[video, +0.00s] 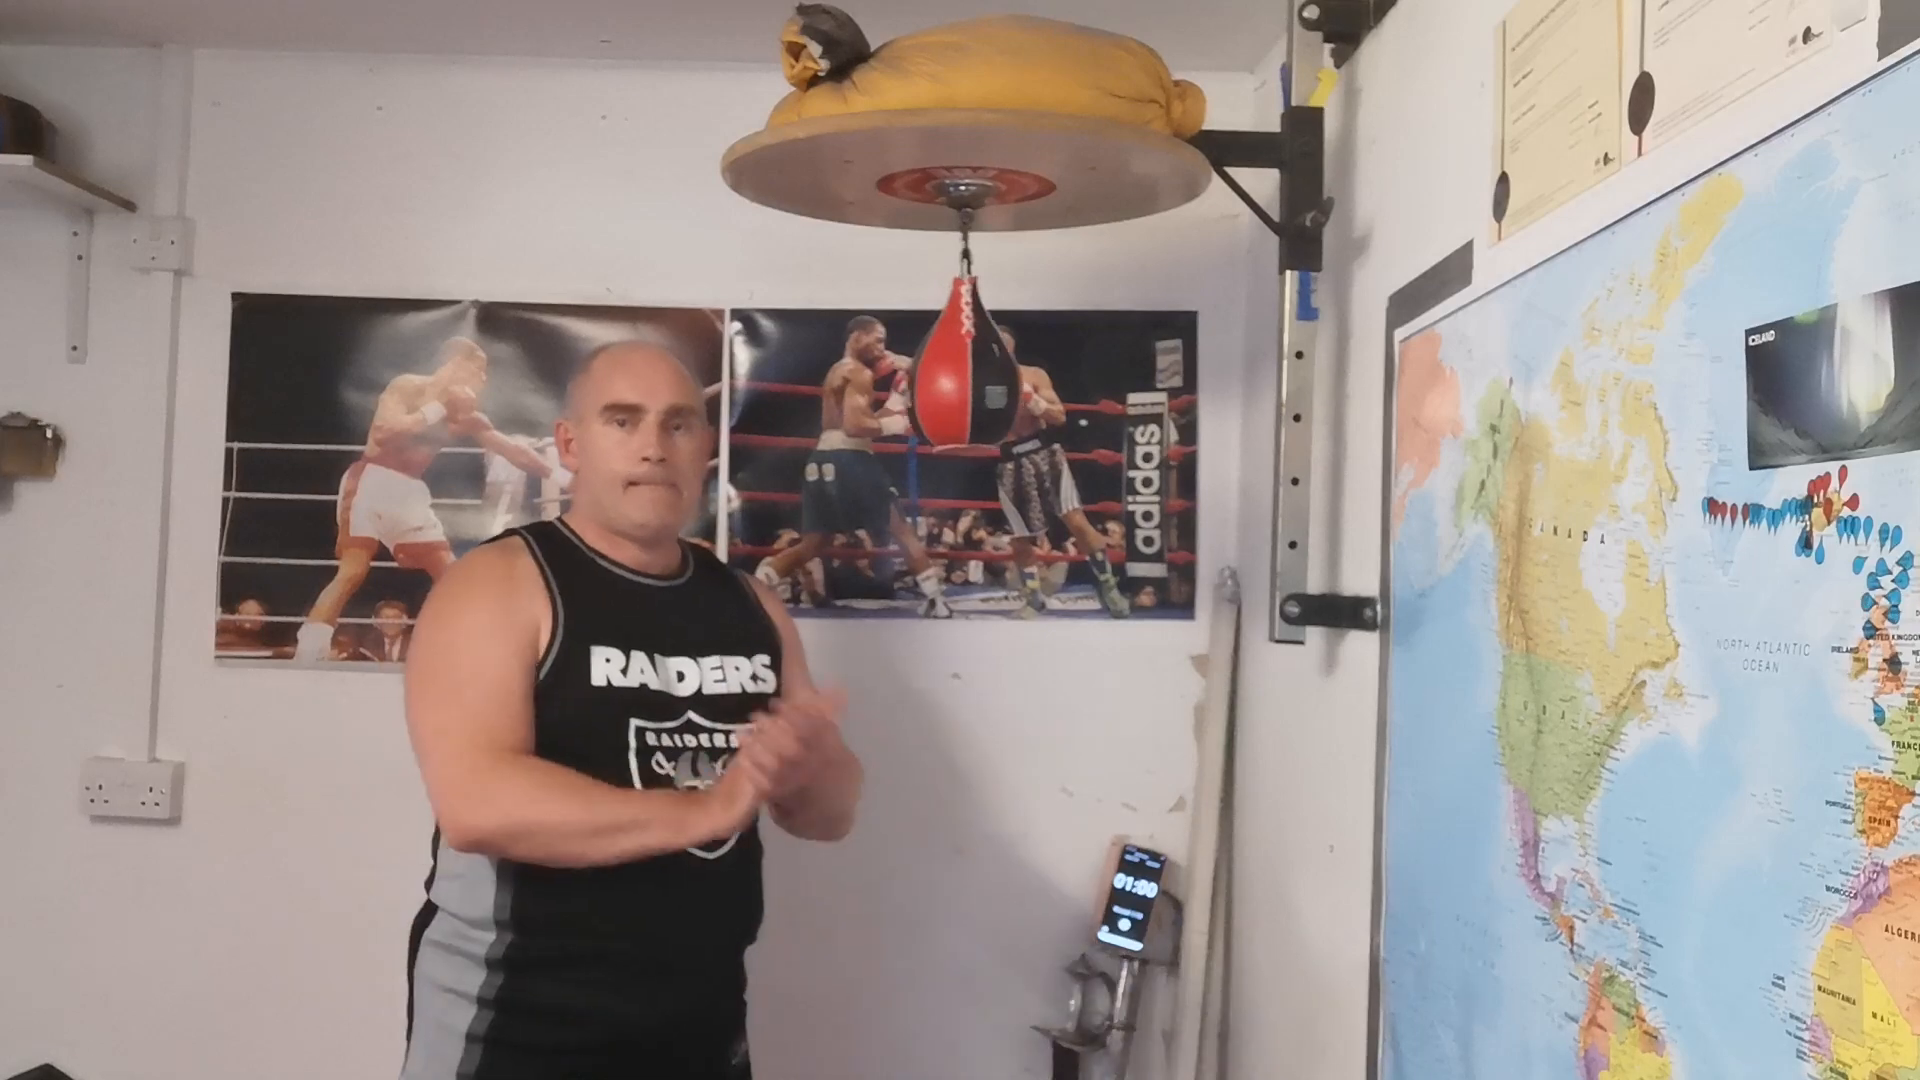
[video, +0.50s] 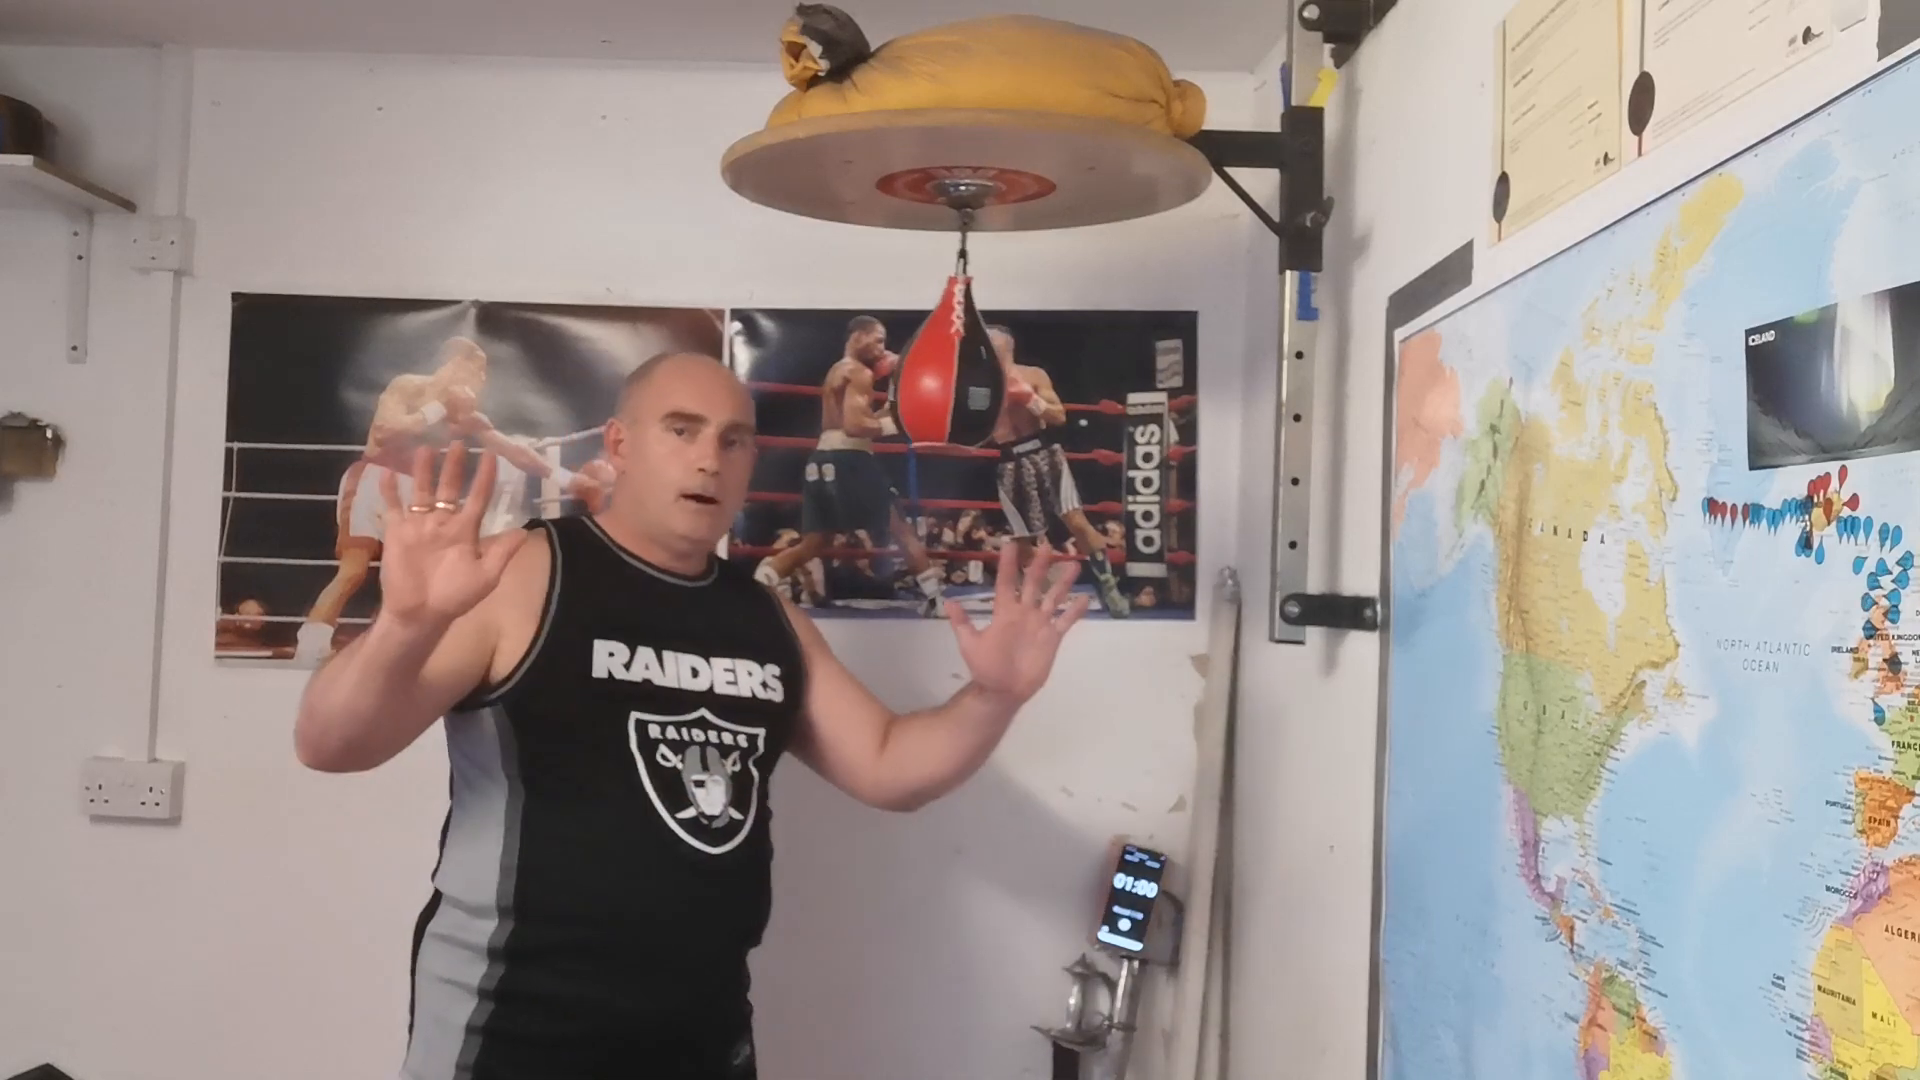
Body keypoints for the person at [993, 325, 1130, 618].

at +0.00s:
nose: (999, 354)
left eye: (1003, 348)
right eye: (994, 349)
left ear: (1012, 348)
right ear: (987, 352)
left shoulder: (1035, 375)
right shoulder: (984, 383)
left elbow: (1058, 417)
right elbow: (985, 430)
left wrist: (1038, 405)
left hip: (1046, 456)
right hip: (1011, 464)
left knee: (1075, 522)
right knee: (1021, 538)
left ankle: (1108, 586)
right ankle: (1032, 597)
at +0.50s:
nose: (995, 357)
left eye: (999, 349)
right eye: (991, 351)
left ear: (1010, 348)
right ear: (984, 354)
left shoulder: (1034, 375)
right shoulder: (982, 384)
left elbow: (1059, 417)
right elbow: (977, 430)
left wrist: (1033, 401)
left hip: (1046, 456)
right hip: (1011, 464)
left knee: (1075, 522)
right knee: (1025, 541)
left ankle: (1108, 587)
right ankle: (1032, 599)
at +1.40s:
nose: (996, 358)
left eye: (1000, 351)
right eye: (991, 352)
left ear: (1010, 350)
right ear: (985, 355)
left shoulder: (1034, 376)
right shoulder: (981, 384)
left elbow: (1059, 417)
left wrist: (1034, 402)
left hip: (1045, 456)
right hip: (1010, 464)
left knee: (1075, 522)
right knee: (1022, 538)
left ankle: (1109, 588)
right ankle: (1032, 599)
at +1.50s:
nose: (989, 348)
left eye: (993, 341)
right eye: (984, 343)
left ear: (1009, 345)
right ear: (981, 351)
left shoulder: (1033, 375)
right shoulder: (981, 385)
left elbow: (1059, 416)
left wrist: (1033, 401)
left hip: (1046, 457)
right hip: (1011, 465)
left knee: (1075, 521)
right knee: (1022, 538)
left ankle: (1109, 588)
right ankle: (1032, 599)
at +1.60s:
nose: (985, 346)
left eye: (991, 340)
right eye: (982, 342)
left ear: (1009, 344)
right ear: (979, 351)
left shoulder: (1033, 375)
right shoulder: (980, 385)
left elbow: (1059, 416)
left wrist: (1031, 400)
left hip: (1046, 457)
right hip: (1011, 465)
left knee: (1076, 522)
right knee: (1021, 538)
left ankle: (1109, 589)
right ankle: (1032, 599)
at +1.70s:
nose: (986, 346)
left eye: (992, 339)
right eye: (983, 342)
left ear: (1009, 344)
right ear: (981, 350)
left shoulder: (1034, 375)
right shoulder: (982, 383)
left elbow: (1059, 416)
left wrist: (1031, 399)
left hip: (1046, 456)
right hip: (1011, 464)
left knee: (1076, 522)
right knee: (1021, 539)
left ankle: (1109, 588)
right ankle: (1032, 599)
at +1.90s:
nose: (999, 350)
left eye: (1003, 344)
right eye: (994, 346)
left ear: (1013, 345)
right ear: (987, 351)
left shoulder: (1034, 375)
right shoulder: (985, 384)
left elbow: (1059, 415)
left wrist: (1038, 406)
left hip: (1046, 455)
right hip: (1011, 464)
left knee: (1075, 521)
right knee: (1022, 538)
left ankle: (1108, 588)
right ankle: (1032, 600)